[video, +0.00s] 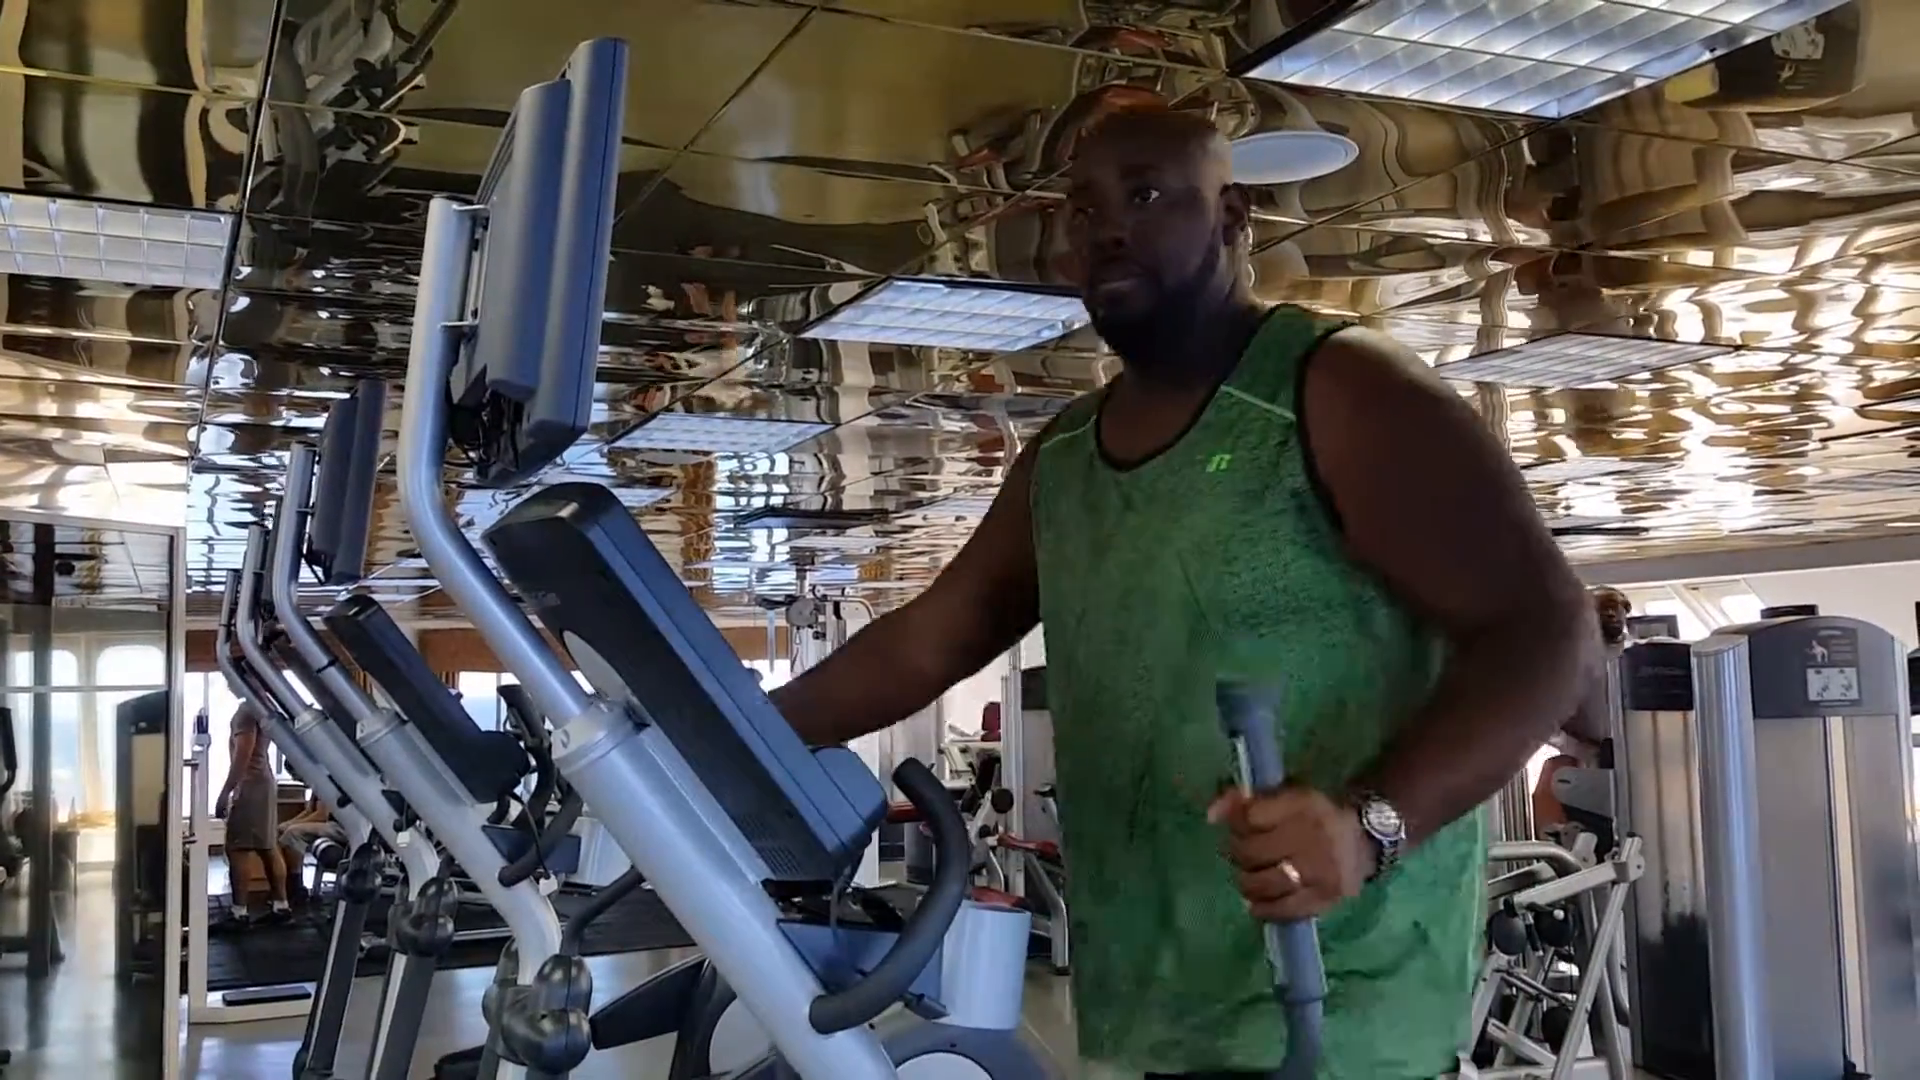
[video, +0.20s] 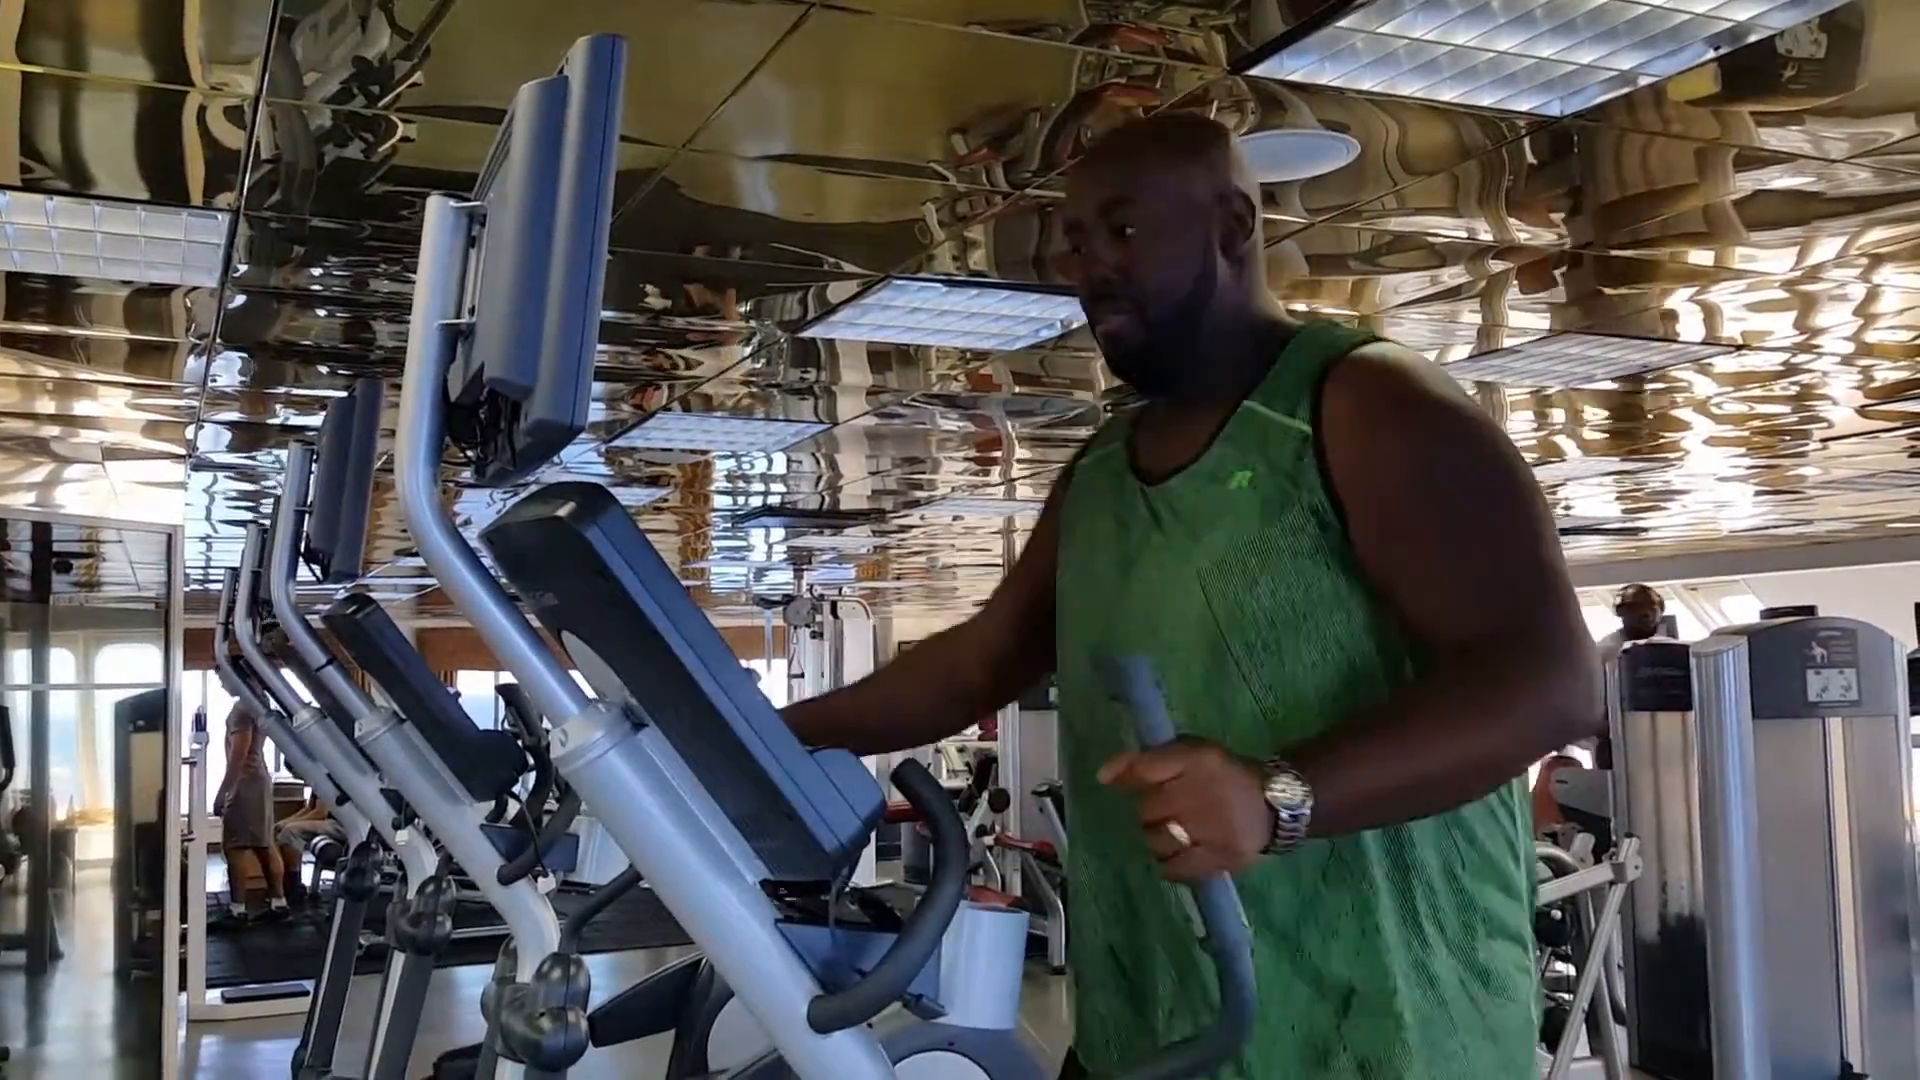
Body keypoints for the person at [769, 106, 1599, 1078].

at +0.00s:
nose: (1103, 229)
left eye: (1143, 192)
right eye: (1080, 204)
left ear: (1232, 216)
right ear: (1064, 242)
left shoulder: (1340, 392)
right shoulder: (1060, 461)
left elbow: (1548, 631)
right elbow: (936, 633)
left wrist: (1372, 826)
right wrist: (744, 738)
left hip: (1347, 1003)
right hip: (1131, 1000)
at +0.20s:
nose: (1079, 266)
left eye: (1117, 227)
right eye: (1066, 237)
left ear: (1234, 229)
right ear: (1054, 255)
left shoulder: (1376, 411)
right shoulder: (1100, 474)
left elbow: (1549, 681)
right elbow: (979, 663)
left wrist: (1282, 797)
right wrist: (768, 739)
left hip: (1387, 1033)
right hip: (1151, 1029)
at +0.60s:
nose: (1046, 269)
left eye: (1083, 228)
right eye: (1044, 236)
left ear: (1195, 230)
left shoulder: (1322, 382)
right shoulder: (1130, 435)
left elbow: (1295, 640)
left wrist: (1018, 763)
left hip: (1370, 1011)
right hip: (1183, 996)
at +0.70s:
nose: (1045, 240)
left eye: (1076, 205)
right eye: (1038, 214)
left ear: (1182, 208)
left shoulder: (1310, 360)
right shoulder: (1113, 423)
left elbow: (1282, 612)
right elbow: (1148, 654)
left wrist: (1029, 764)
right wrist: (1022, 739)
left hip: (1360, 997)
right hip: (1169, 986)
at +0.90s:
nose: (1045, 307)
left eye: (1077, 268)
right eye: (1039, 280)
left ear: (1188, 276)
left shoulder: (1316, 426)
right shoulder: (1087, 485)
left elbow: (1405, 691)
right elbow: (1056, 708)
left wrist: (1151, 770)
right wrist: (883, 753)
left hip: (1338, 1013)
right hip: (1150, 1009)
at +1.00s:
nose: (1048, 330)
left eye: (1079, 291)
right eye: (1042, 300)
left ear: (1191, 294)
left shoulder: (1337, 453)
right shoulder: (1081, 512)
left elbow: (1485, 715)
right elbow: (1003, 720)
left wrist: (1256, 798)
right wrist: (812, 747)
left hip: (1345, 1017)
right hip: (1153, 1015)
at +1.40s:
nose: (1159, 194)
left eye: (1204, 163)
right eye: (1131, 172)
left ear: (1276, 202)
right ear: (1102, 213)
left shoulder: (1378, 372)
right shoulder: (1085, 450)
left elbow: (1557, 641)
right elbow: (958, 632)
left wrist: (1317, 788)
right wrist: (754, 732)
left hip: (1397, 1011)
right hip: (1166, 1008)